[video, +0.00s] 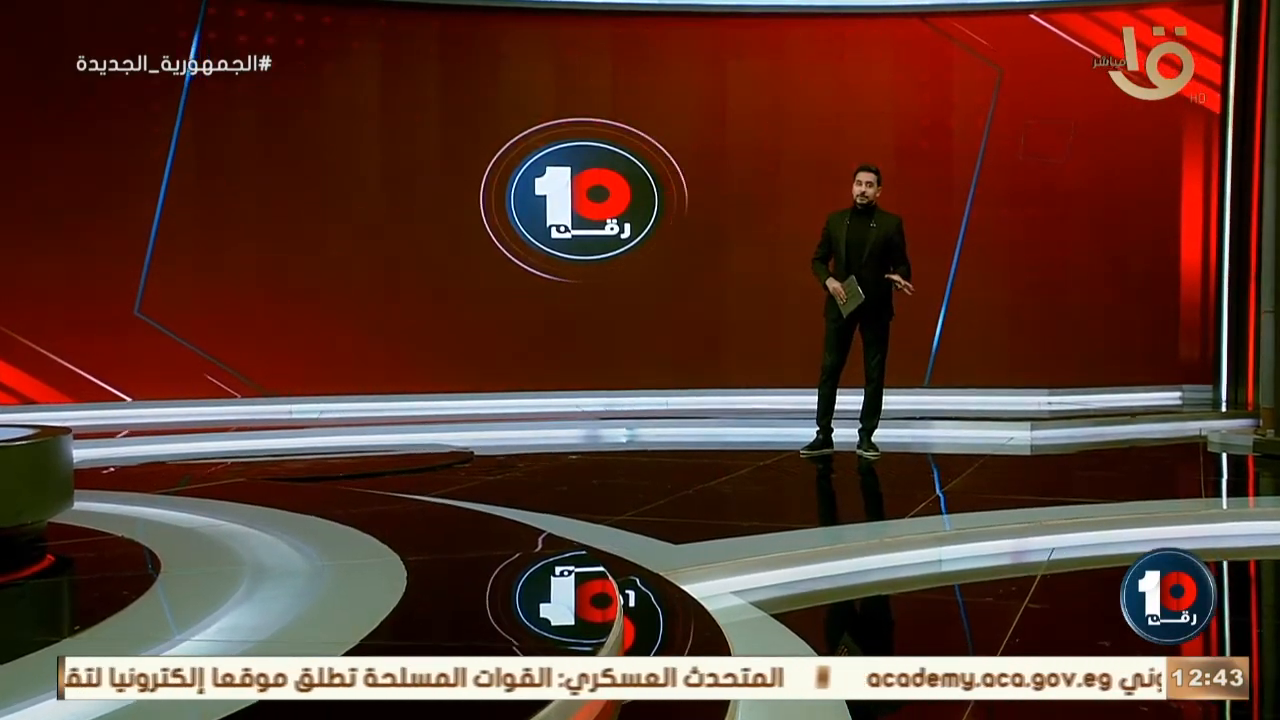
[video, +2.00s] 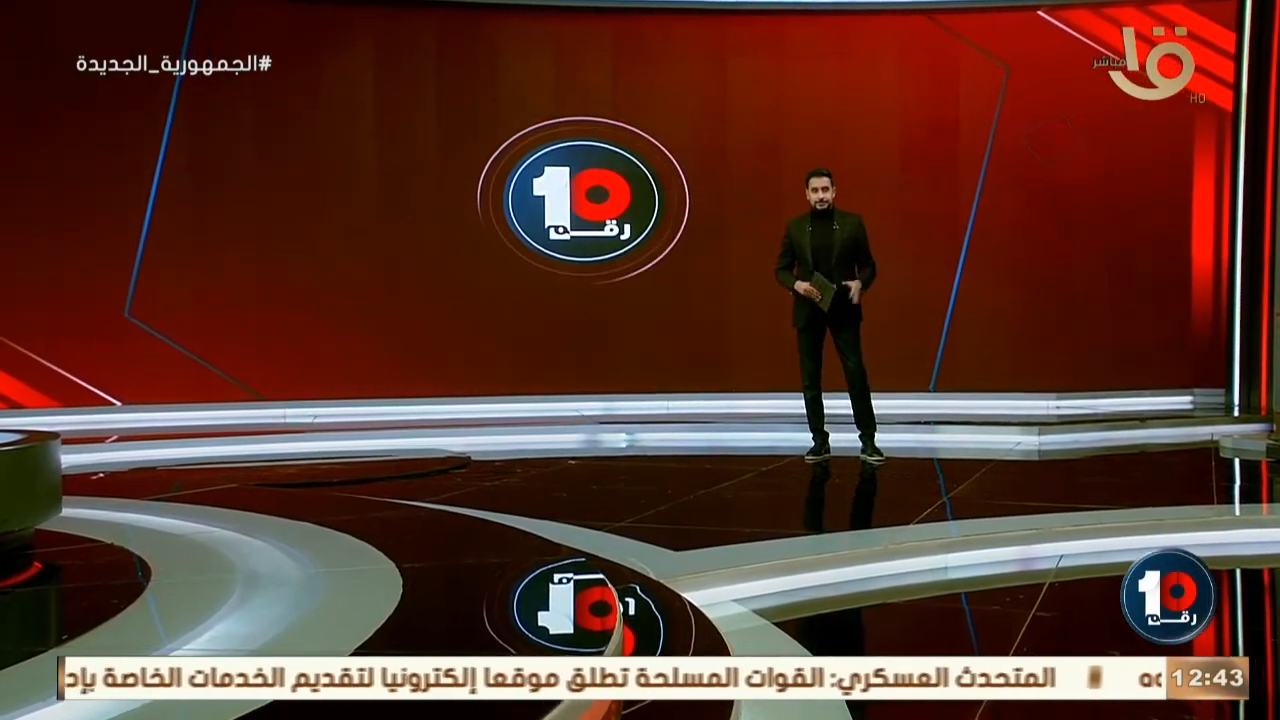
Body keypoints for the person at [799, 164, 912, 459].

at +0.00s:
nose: (863, 189)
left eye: (869, 185)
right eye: (859, 183)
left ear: (878, 190)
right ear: (852, 187)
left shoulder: (892, 224)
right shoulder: (836, 221)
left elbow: (902, 264)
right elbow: (818, 261)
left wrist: (900, 277)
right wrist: (828, 281)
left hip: (876, 309)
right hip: (841, 307)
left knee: (874, 376)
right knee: (829, 370)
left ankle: (866, 438)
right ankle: (823, 435)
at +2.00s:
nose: (820, 195)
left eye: (825, 189)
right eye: (815, 190)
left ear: (834, 191)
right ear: (807, 194)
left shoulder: (852, 224)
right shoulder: (796, 228)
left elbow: (868, 266)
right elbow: (782, 270)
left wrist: (860, 283)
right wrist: (796, 284)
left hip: (844, 311)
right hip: (809, 312)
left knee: (856, 373)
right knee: (810, 378)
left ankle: (868, 441)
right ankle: (819, 441)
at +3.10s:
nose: (843, 200)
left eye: (848, 194)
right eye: (838, 195)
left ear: (854, 194)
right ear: (827, 194)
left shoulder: (869, 223)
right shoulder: (812, 226)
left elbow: (886, 268)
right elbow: (799, 271)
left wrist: (871, 270)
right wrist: (817, 268)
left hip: (861, 312)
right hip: (824, 313)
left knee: (868, 379)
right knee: (820, 380)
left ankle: (871, 444)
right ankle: (821, 444)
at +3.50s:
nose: (856, 203)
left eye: (861, 198)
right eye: (851, 198)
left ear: (868, 196)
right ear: (841, 195)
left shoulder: (883, 224)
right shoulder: (826, 226)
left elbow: (898, 270)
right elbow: (811, 271)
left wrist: (879, 271)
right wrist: (827, 268)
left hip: (873, 314)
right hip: (836, 314)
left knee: (876, 381)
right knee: (828, 379)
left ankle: (872, 446)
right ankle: (822, 444)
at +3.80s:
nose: (865, 205)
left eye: (870, 199)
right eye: (860, 199)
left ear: (878, 197)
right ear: (850, 195)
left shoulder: (893, 224)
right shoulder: (836, 225)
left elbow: (907, 271)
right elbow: (821, 272)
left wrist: (886, 272)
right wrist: (835, 269)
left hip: (881, 315)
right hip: (845, 315)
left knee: (882, 381)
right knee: (833, 377)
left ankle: (873, 447)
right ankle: (823, 444)